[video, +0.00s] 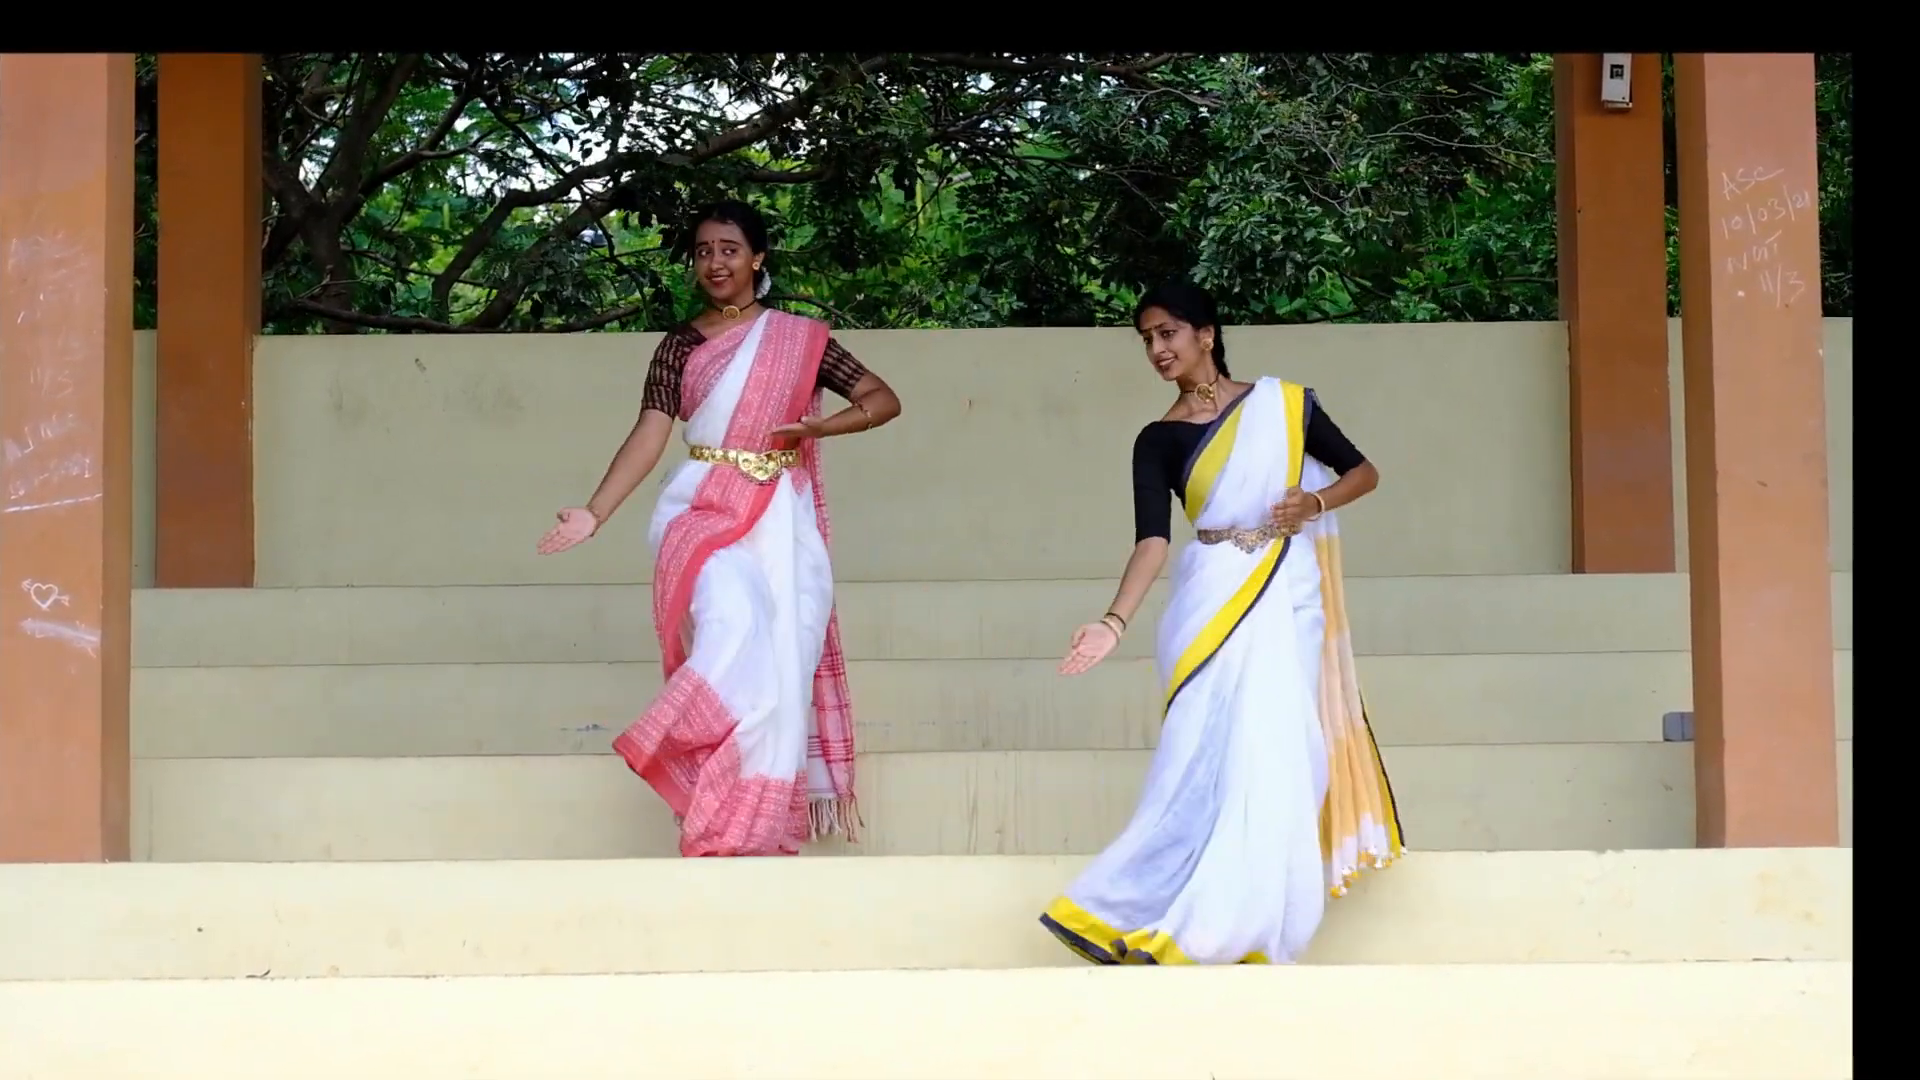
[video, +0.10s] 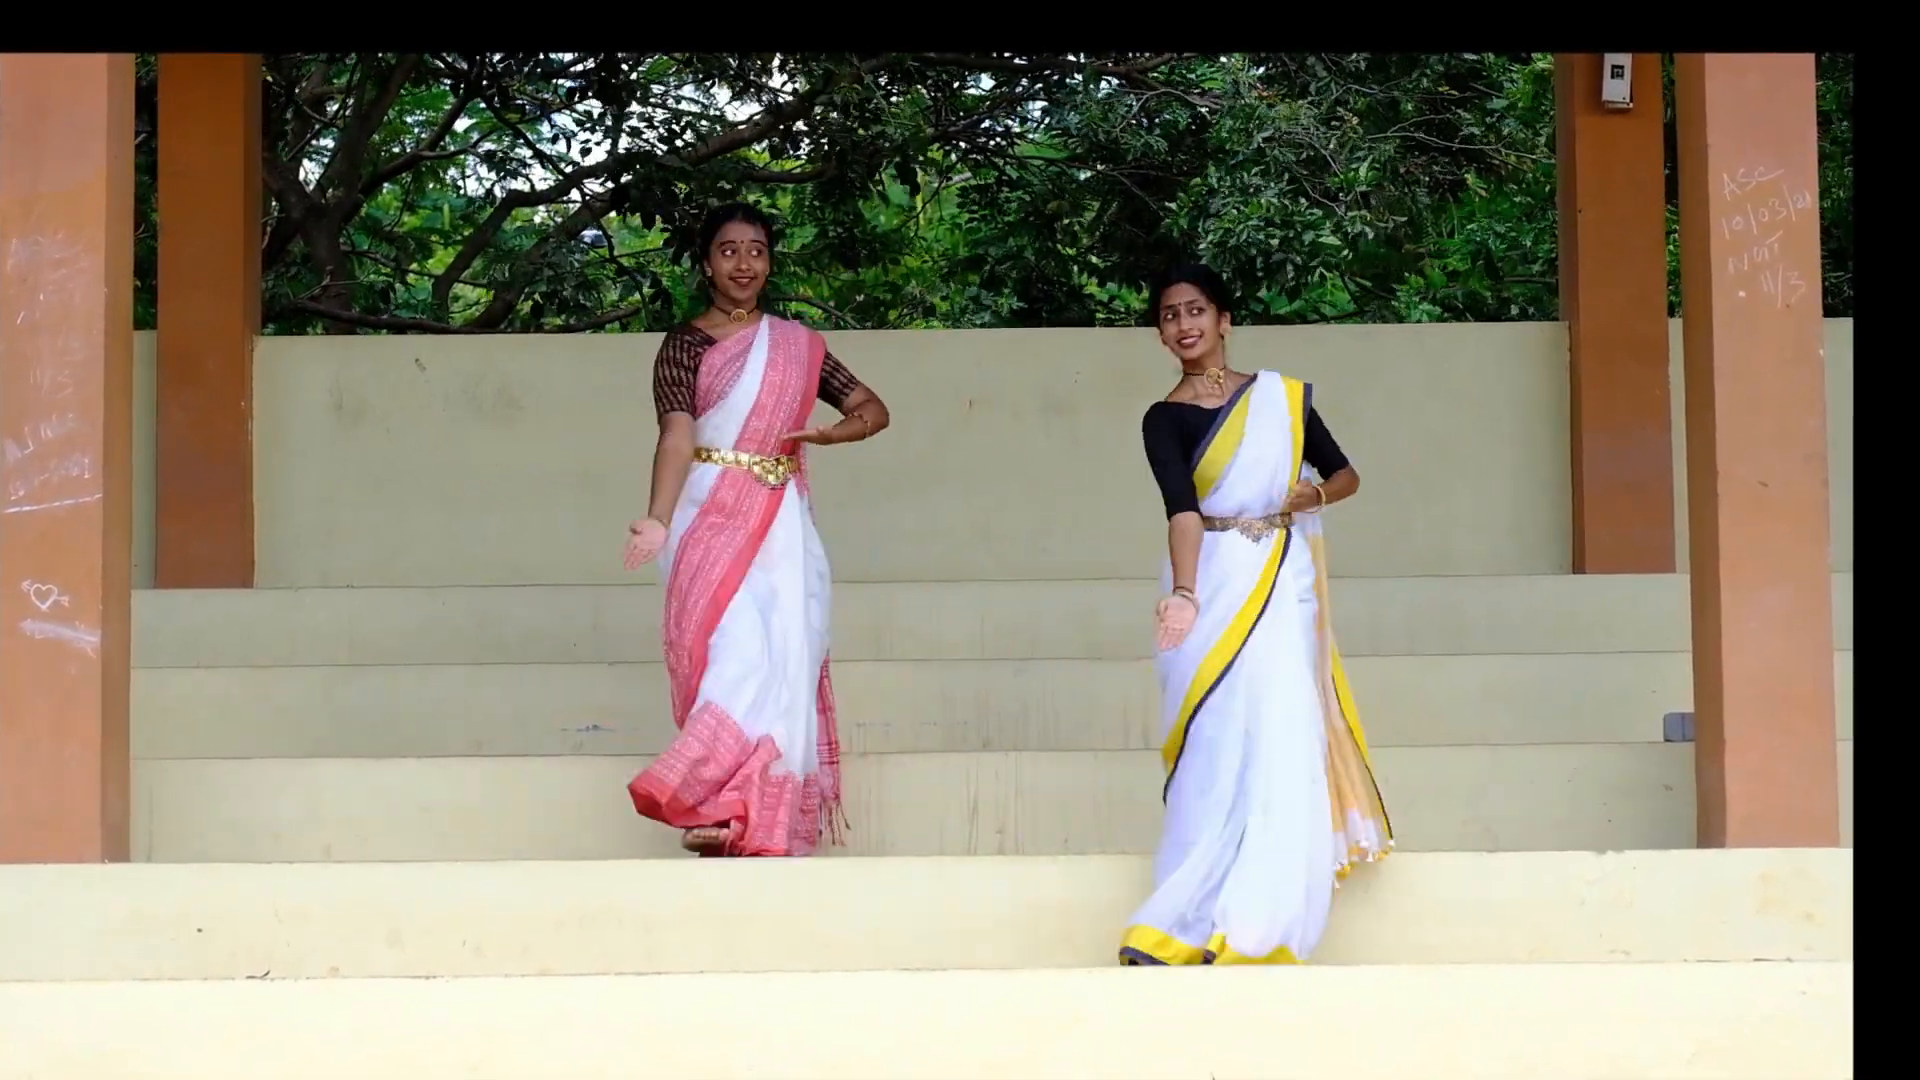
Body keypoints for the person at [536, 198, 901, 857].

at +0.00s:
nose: (715, 263)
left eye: (729, 249)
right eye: (703, 251)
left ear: (757, 259)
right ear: (693, 264)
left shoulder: (800, 336)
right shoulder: (681, 345)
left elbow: (882, 400)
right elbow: (649, 433)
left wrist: (818, 427)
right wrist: (595, 513)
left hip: (782, 507)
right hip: (704, 505)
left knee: (783, 653)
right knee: (728, 624)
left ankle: (764, 824)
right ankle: (715, 801)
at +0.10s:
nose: (744, 261)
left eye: (755, 249)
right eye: (730, 249)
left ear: (770, 261)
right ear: (707, 262)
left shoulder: (797, 341)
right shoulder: (684, 346)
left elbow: (872, 410)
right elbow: (677, 439)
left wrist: (831, 432)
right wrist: (658, 516)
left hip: (781, 511)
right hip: (707, 511)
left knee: (783, 654)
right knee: (723, 651)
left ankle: (769, 822)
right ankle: (717, 805)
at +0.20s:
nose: (761, 262)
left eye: (770, 251)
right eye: (746, 248)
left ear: (776, 263)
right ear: (714, 260)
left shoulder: (791, 343)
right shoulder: (692, 339)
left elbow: (854, 415)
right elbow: (703, 426)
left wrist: (829, 432)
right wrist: (720, 501)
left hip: (780, 507)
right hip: (713, 499)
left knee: (781, 650)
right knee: (730, 648)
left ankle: (772, 811)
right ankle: (713, 813)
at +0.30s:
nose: (768, 256)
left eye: (775, 245)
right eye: (753, 243)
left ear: (780, 256)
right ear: (719, 253)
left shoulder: (787, 340)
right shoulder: (698, 331)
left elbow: (839, 411)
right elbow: (725, 410)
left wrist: (824, 425)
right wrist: (771, 469)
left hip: (777, 498)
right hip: (714, 497)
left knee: (784, 646)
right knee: (730, 648)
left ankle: (784, 809)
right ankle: (714, 812)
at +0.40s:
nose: (774, 248)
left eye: (780, 237)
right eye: (759, 235)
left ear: (783, 249)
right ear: (723, 244)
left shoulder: (781, 332)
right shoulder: (705, 320)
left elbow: (825, 396)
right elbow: (752, 398)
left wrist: (827, 410)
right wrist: (810, 436)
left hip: (774, 495)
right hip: (715, 490)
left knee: (784, 642)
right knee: (735, 645)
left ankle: (789, 810)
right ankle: (721, 813)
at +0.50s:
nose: (778, 241)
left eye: (783, 230)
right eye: (763, 228)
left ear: (784, 243)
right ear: (726, 240)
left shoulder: (783, 329)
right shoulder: (711, 310)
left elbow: (829, 417)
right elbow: (760, 377)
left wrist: (812, 382)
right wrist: (834, 395)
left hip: (771, 490)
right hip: (713, 485)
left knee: (782, 638)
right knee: (731, 638)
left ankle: (791, 809)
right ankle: (730, 812)